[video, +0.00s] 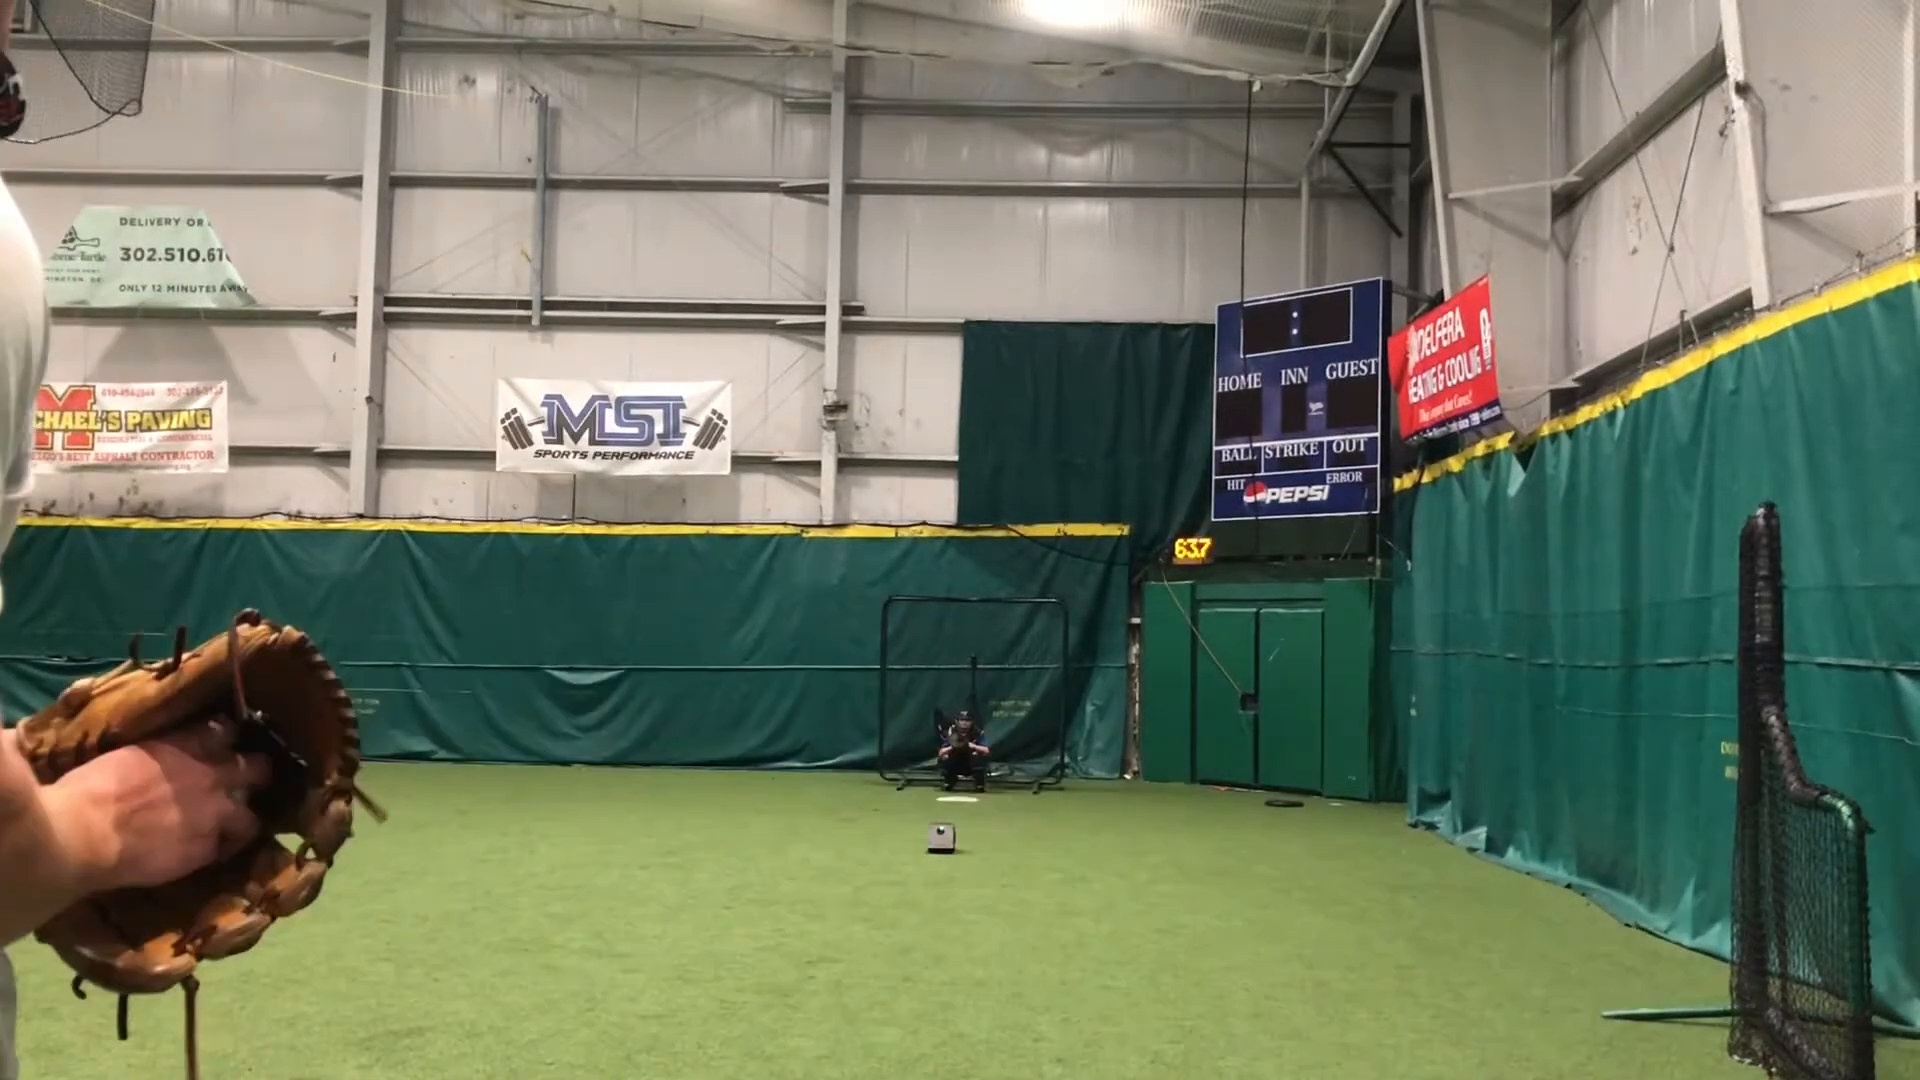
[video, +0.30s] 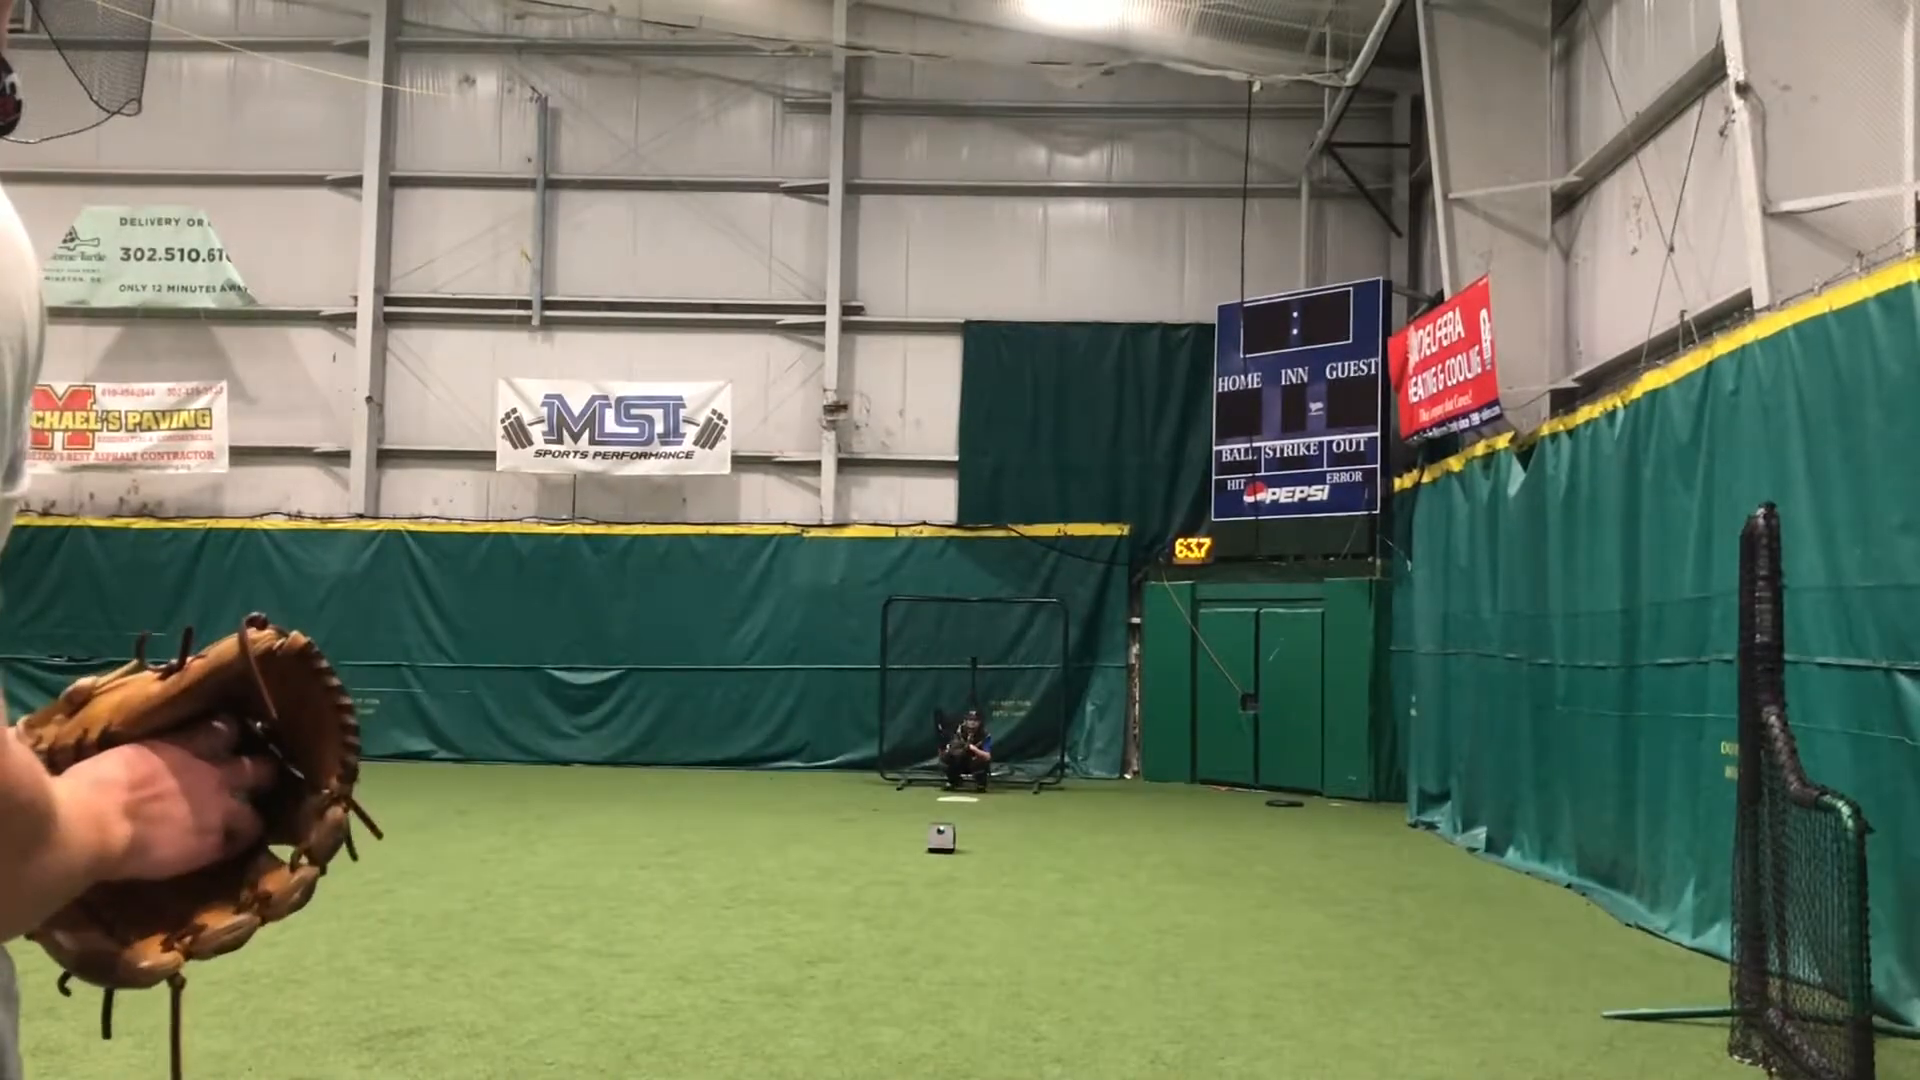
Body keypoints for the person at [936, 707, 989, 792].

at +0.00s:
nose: (964, 724)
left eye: (967, 721)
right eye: (961, 720)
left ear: (971, 723)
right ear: (957, 722)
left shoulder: (977, 734)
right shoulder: (951, 734)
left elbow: (986, 751)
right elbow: (941, 753)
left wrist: (971, 746)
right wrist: (953, 747)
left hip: (971, 761)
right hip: (955, 760)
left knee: (978, 757)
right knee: (946, 759)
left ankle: (979, 783)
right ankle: (950, 781)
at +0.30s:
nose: (972, 723)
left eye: (975, 721)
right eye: (969, 720)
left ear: (979, 723)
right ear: (965, 722)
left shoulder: (984, 736)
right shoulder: (959, 734)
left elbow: (987, 756)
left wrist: (971, 747)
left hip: (976, 763)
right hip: (961, 761)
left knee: (982, 761)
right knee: (952, 758)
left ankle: (981, 784)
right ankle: (953, 781)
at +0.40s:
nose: (973, 723)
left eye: (976, 720)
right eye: (971, 720)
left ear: (981, 722)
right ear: (967, 721)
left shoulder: (986, 735)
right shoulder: (961, 732)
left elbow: (988, 757)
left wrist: (973, 747)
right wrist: (949, 747)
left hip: (976, 760)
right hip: (962, 758)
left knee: (982, 761)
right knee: (951, 759)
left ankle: (981, 784)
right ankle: (954, 781)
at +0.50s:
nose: (975, 723)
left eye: (978, 720)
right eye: (972, 720)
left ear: (982, 723)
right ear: (968, 721)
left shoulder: (987, 735)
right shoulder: (962, 732)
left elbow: (989, 758)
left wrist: (974, 747)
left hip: (978, 760)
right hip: (963, 759)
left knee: (978, 764)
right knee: (947, 762)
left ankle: (982, 784)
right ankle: (953, 781)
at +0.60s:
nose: (975, 723)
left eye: (978, 721)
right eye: (972, 720)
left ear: (983, 722)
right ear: (968, 721)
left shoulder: (987, 736)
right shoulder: (962, 732)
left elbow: (989, 758)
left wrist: (973, 747)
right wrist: (947, 747)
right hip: (961, 759)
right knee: (946, 756)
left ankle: (981, 784)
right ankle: (942, 779)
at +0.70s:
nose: (973, 724)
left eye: (977, 721)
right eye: (971, 720)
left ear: (981, 723)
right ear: (966, 722)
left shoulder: (986, 736)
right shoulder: (959, 732)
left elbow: (988, 758)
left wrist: (972, 747)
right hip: (961, 759)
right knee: (948, 757)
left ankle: (982, 784)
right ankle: (936, 781)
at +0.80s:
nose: (970, 724)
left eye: (974, 721)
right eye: (968, 720)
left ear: (979, 723)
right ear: (963, 722)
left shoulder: (984, 736)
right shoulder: (957, 732)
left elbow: (987, 758)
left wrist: (972, 749)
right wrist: (946, 753)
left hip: (975, 762)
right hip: (959, 760)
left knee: (982, 765)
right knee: (948, 760)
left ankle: (981, 785)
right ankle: (936, 782)